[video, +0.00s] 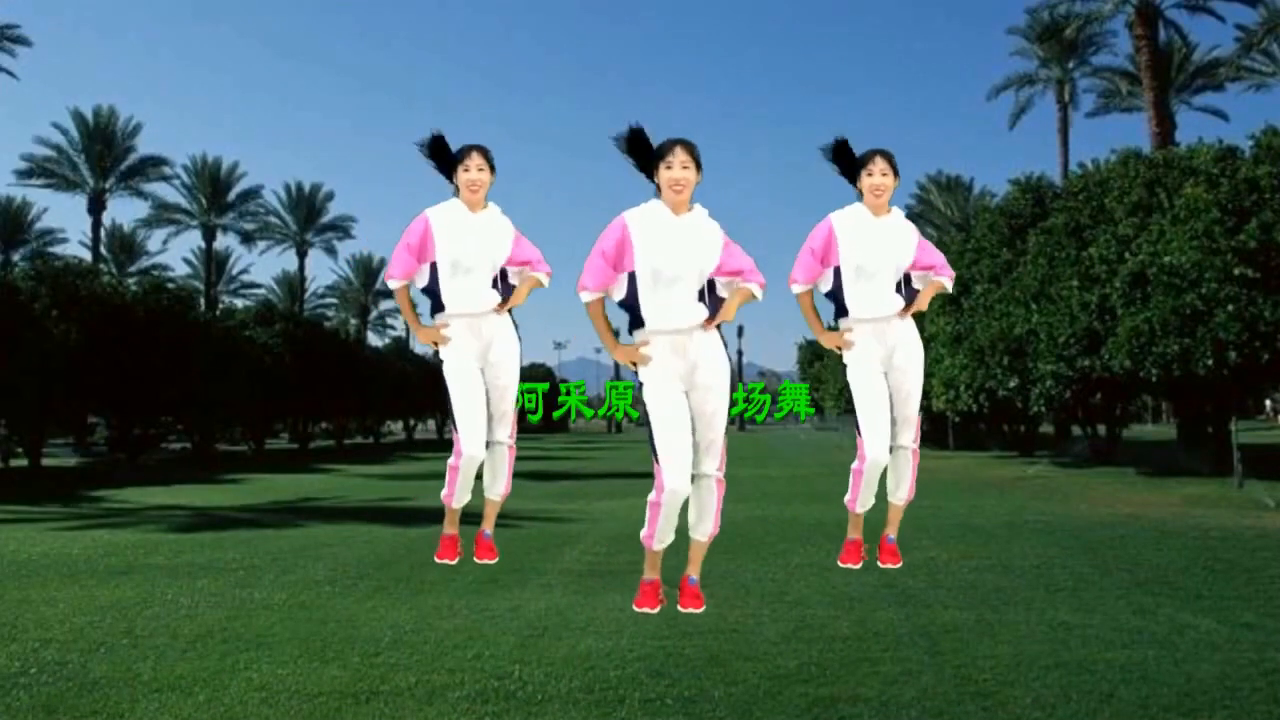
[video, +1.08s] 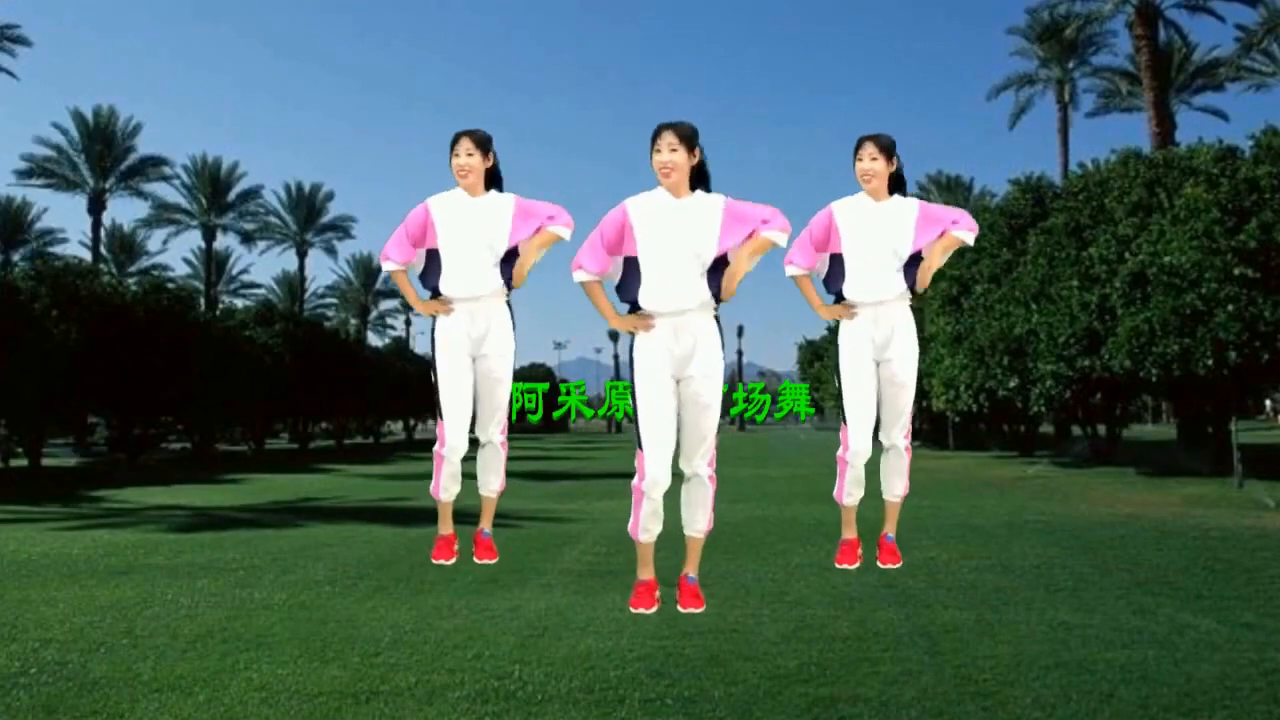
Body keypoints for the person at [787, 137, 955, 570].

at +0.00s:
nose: (878, 182)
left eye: (885, 175)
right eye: (870, 175)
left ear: (895, 183)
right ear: (858, 182)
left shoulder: (905, 230)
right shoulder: (837, 225)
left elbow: (940, 272)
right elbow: (801, 280)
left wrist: (922, 300)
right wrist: (822, 334)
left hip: (904, 335)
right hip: (859, 338)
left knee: (906, 440)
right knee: (875, 447)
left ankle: (890, 536)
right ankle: (854, 536)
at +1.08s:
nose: (866, 165)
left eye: (874, 159)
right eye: (861, 159)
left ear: (891, 165)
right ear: (854, 167)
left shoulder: (911, 209)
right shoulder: (837, 212)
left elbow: (965, 224)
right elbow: (795, 260)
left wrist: (934, 258)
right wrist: (822, 307)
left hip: (898, 321)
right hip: (854, 323)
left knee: (896, 435)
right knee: (857, 437)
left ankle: (888, 535)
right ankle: (848, 535)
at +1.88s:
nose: (855, 185)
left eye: (864, 178)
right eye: (852, 178)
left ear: (883, 184)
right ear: (847, 184)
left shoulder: (901, 230)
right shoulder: (829, 229)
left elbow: (885, 265)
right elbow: (787, 266)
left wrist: (874, 211)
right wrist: (805, 310)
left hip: (871, 345)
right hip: (826, 340)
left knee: (864, 459)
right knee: (813, 449)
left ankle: (886, 534)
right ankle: (789, 528)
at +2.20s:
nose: (860, 142)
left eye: (870, 137)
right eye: (857, 136)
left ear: (889, 148)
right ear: (852, 144)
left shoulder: (902, 190)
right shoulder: (828, 188)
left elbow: (911, 228)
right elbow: (789, 229)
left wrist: (902, 173)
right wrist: (806, 277)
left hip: (881, 299)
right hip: (837, 296)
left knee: (881, 416)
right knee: (831, 416)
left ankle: (883, 523)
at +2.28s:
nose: (862, 159)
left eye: (872, 154)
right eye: (860, 152)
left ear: (891, 166)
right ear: (853, 160)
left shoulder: (900, 207)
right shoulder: (827, 205)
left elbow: (908, 249)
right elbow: (788, 247)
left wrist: (902, 190)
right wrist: (807, 296)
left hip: (882, 313)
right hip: (838, 313)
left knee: (883, 427)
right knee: (845, 422)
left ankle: (880, 531)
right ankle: (857, 435)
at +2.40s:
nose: (864, 185)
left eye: (874, 180)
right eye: (862, 178)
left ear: (892, 191)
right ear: (855, 186)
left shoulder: (900, 237)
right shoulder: (828, 228)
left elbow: (903, 270)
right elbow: (788, 273)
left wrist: (904, 220)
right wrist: (805, 324)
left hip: (883, 341)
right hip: (839, 342)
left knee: (884, 443)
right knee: (855, 441)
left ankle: (879, 535)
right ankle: (859, 459)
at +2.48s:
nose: (865, 176)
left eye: (875, 171)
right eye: (862, 170)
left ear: (892, 182)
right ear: (855, 179)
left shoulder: (898, 228)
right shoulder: (829, 219)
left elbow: (892, 247)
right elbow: (787, 264)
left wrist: (898, 205)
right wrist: (803, 314)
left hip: (878, 332)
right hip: (834, 333)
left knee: (879, 444)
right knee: (842, 445)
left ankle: (879, 534)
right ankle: (846, 477)